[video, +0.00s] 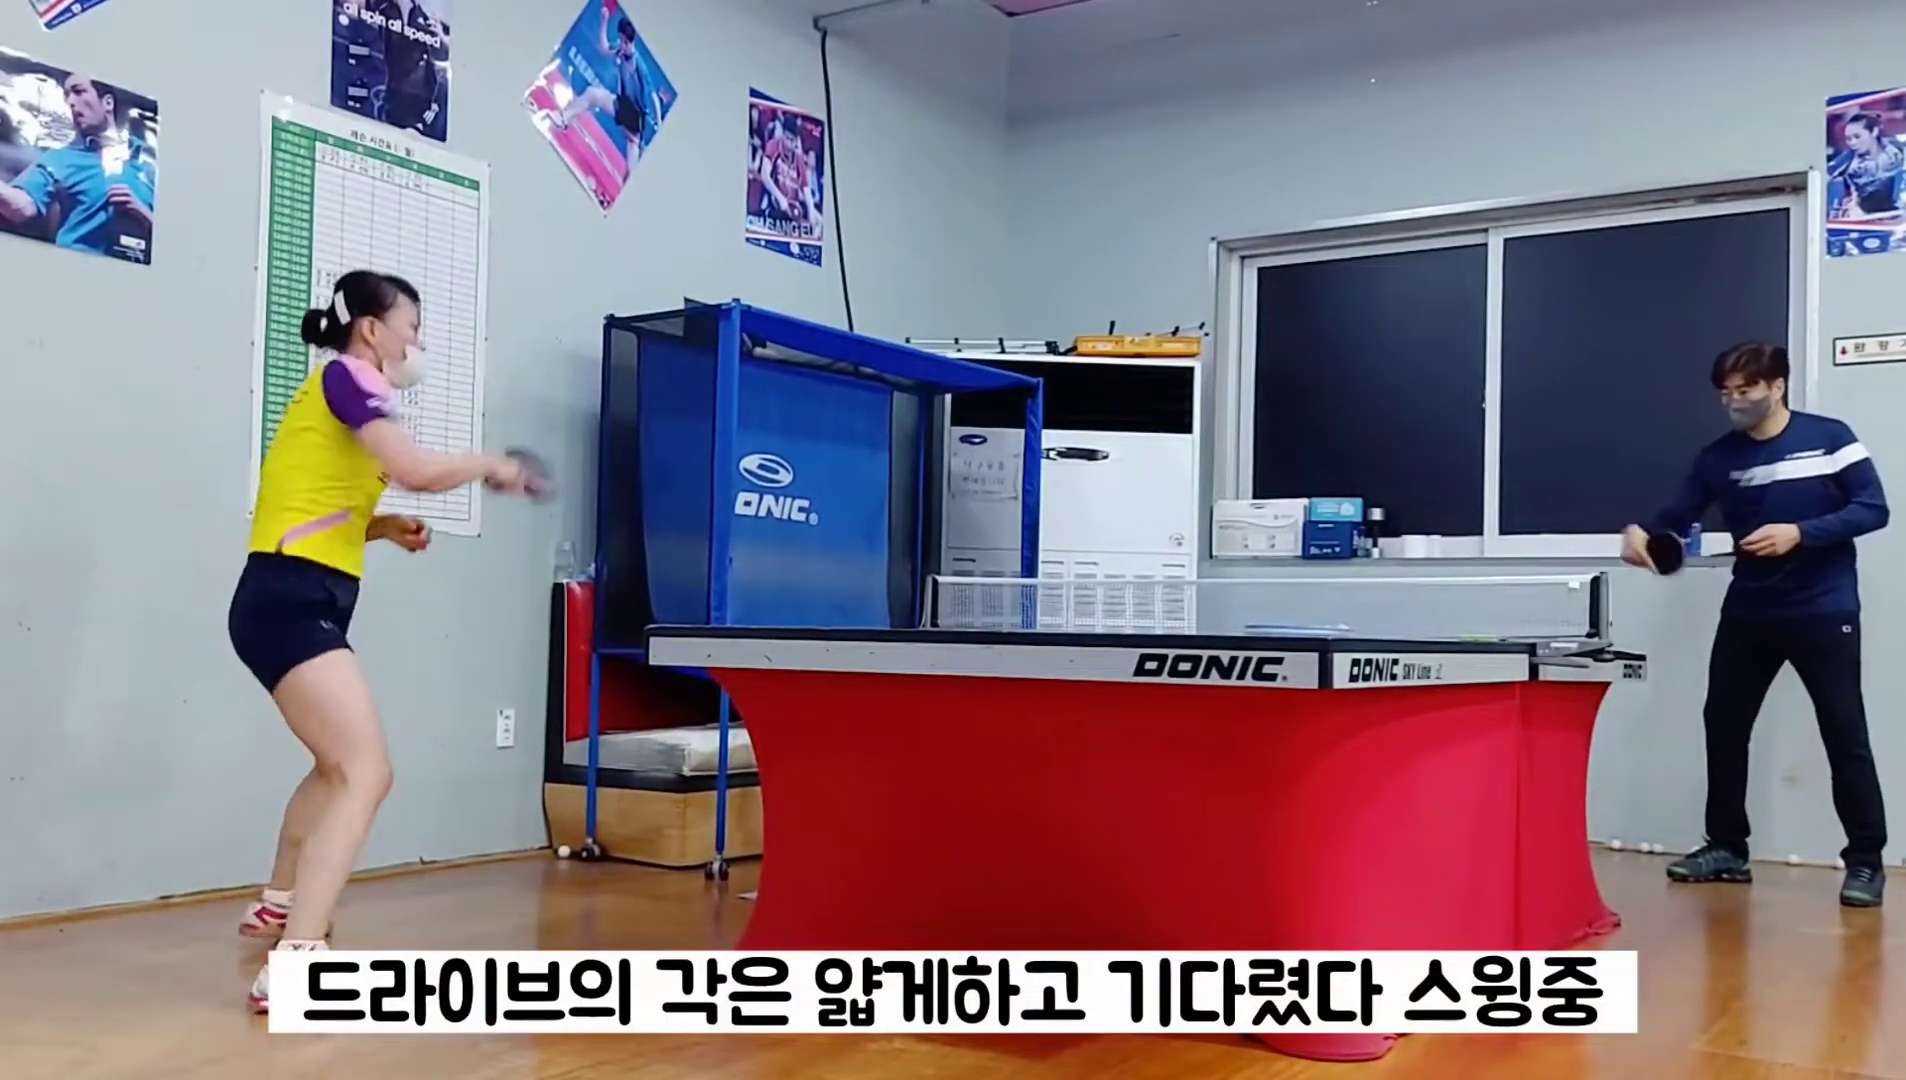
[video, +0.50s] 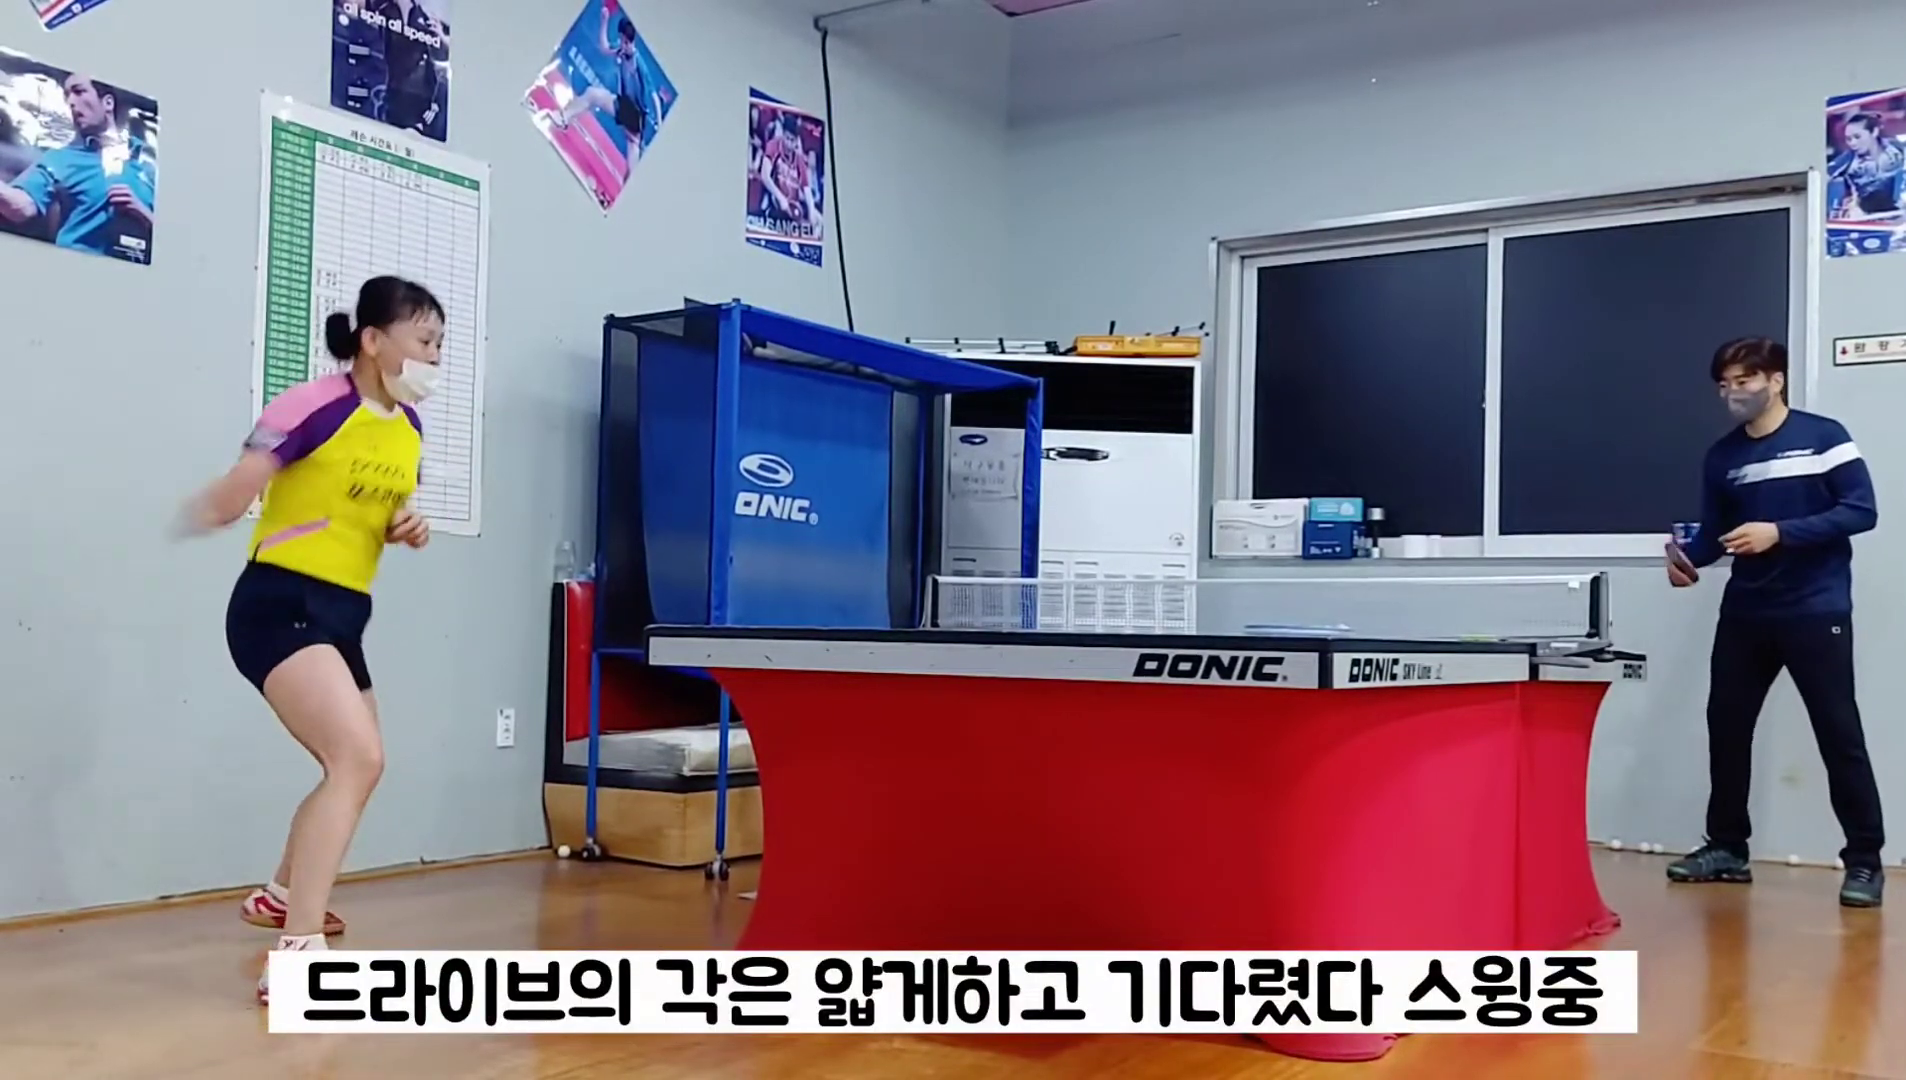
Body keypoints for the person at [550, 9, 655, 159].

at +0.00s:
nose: (621, 42)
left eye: (624, 40)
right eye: (621, 39)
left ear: (628, 40)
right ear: (619, 38)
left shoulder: (631, 57)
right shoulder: (621, 53)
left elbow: (630, 55)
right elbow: (604, 50)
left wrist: (628, 50)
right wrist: (604, 22)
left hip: (628, 107)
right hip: (636, 114)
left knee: (592, 94)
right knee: (633, 144)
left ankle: (562, 118)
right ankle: (629, 179)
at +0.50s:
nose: (622, 41)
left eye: (624, 39)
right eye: (621, 38)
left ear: (627, 39)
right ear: (621, 38)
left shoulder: (630, 55)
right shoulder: (621, 53)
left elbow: (631, 54)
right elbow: (604, 49)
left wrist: (628, 49)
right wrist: (604, 22)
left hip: (628, 107)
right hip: (637, 114)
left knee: (592, 94)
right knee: (633, 143)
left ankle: (563, 117)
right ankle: (630, 176)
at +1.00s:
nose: (622, 42)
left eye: (624, 39)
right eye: (621, 39)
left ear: (628, 40)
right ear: (622, 39)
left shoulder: (631, 56)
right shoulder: (622, 53)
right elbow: (603, 49)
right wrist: (604, 22)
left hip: (628, 109)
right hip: (636, 116)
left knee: (593, 95)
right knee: (632, 161)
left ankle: (564, 118)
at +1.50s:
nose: (622, 42)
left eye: (624, 40)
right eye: (621, 38)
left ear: (629, 40)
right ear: (620, 38)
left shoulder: (632, 55)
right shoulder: (621, 52)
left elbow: (631, 55)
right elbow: (604, 49)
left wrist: (629, 51)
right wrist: (604, 22)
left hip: (629, 109)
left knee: (593, 94)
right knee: (632, 169)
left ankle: (563, 118)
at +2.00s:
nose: (622, 43)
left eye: (624, 40)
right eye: (621, 39)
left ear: (628, 41)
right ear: (622, 39)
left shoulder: (631, 55)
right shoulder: (623, 52)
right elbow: (604, 50)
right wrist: (604, 22)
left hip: (628, 109)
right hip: (637, 115)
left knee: (593, 94)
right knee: (632, 163)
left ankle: (563, 118)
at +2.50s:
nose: (622, 42)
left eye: (624, 39)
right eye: (622, 38)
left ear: (627, 40)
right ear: (622, 38)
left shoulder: (631, 56)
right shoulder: (622, 51)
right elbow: (604, 50)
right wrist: (604, 22)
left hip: (628, 107)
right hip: (636, 113)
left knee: (593, 94)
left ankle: (564, 117)